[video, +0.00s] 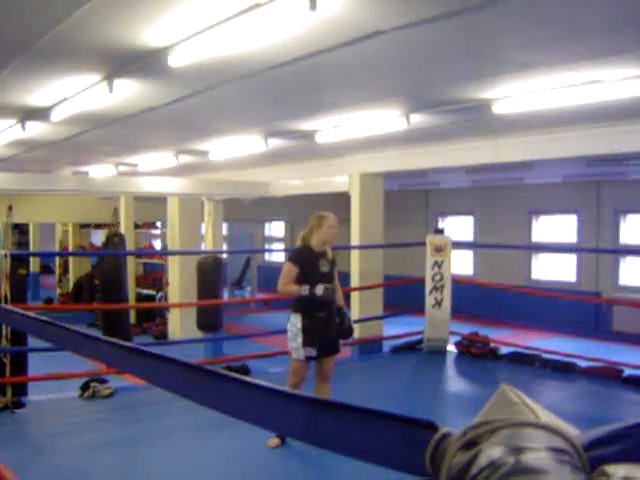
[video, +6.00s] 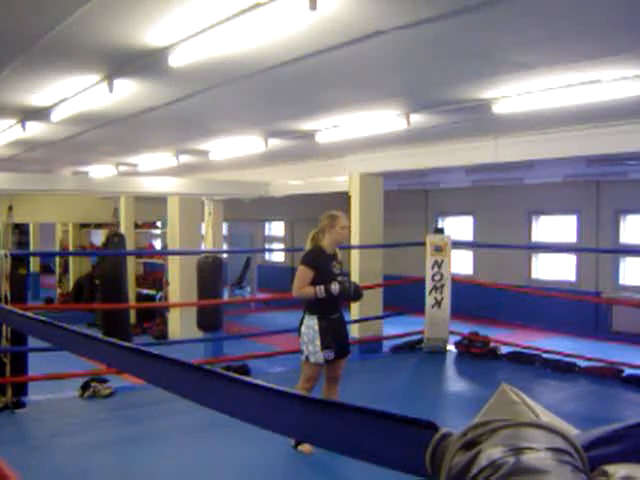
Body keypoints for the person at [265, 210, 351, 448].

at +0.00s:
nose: (334, 232)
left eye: (335, 228)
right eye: (330, 227)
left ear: (332, 232)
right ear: (316, 228)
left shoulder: (330, 257)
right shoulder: (298, 255)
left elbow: (335, 286)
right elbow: (283, 286)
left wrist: (342, 309)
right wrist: (310, 289)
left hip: (327, 316)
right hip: (303, 316)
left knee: (324, 375)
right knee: (296, 377)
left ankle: (321, 426)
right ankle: (281, 428)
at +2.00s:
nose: (316, 232)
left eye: (316, 228)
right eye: (312, 228)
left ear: (312, 231)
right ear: (298, 231)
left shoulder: (313, 256)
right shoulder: (284, 258)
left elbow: (312, 285)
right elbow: (267, 292)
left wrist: (325, 285)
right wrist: (296, 294)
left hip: (312, 318)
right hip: (289, 320)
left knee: (328, 379)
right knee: (291, 381)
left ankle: (316, 429)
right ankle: (297, 434)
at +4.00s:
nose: (346, 233)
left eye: (346, 229)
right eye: (343, 228)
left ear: (337, 230)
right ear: (329, 229)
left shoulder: (336, 258)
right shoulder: (313, 255)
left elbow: (332, 290)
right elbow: (297, 289)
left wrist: (350, 291)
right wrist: (328, 288)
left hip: (335, 317)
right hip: (315, 317)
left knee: (333, 378)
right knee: (308, 379)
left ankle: (329, 428)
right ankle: (300, 431)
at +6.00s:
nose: (347, 233)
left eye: (347, 229)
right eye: (343, 229)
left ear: (338, 230)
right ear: (328, 229)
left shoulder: (335, 258)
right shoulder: (313, 255)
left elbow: (332, 289)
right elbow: (298, 290)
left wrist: (350, 291)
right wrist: (328, 289)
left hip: (335, 317)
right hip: (316, 318)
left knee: (334, 377)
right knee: (309, 379)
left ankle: (330, 428)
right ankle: (299, 431)